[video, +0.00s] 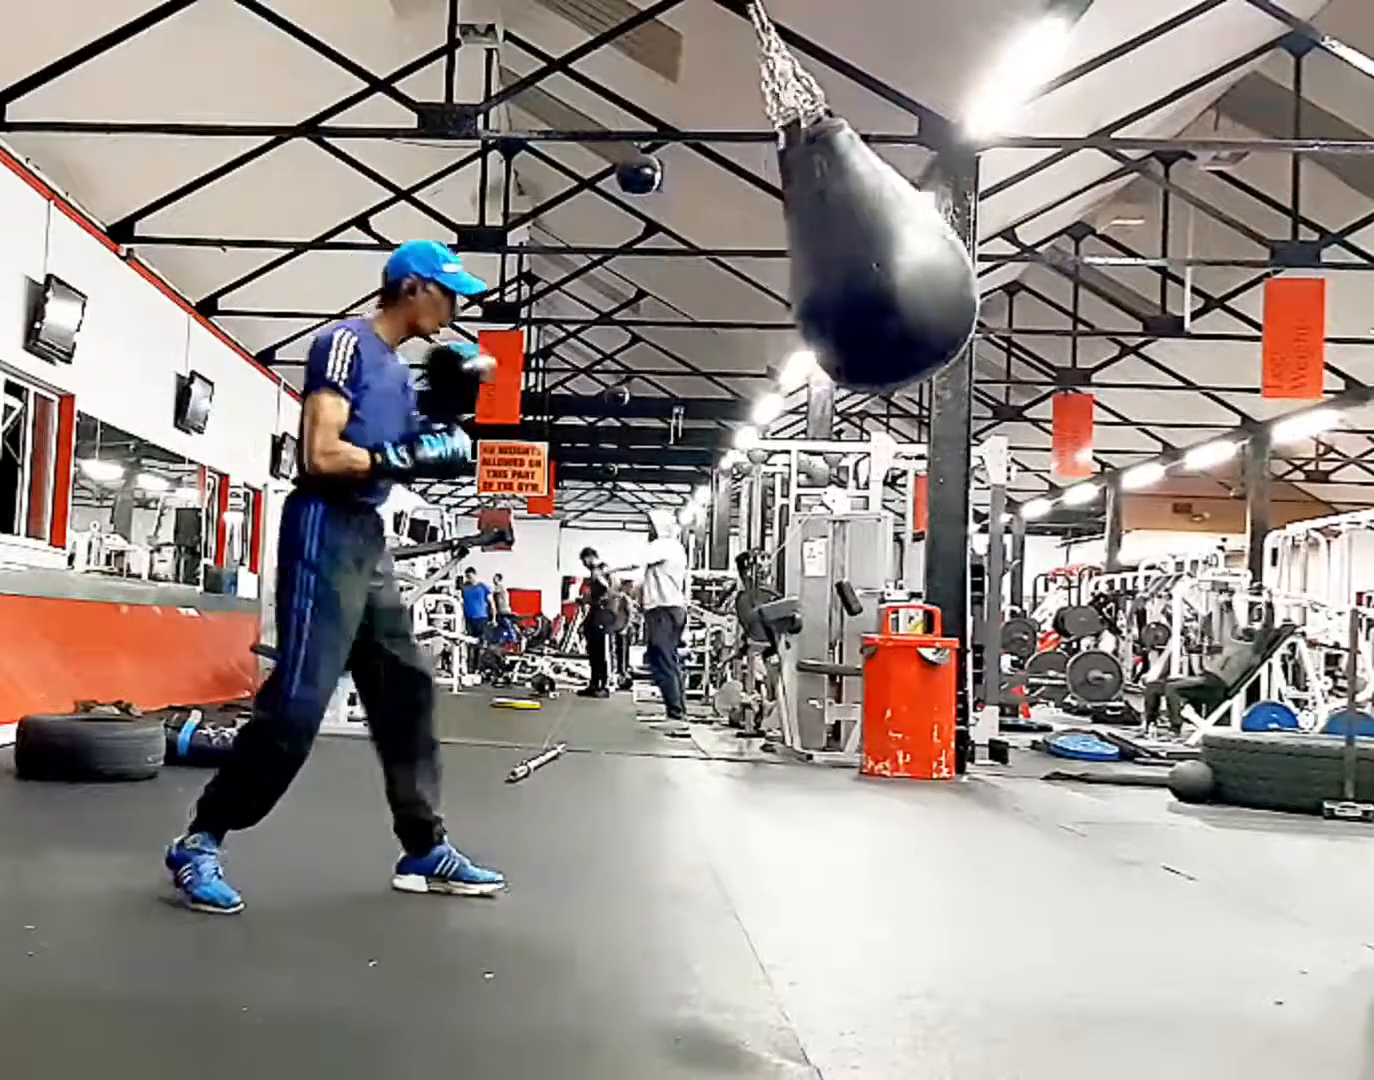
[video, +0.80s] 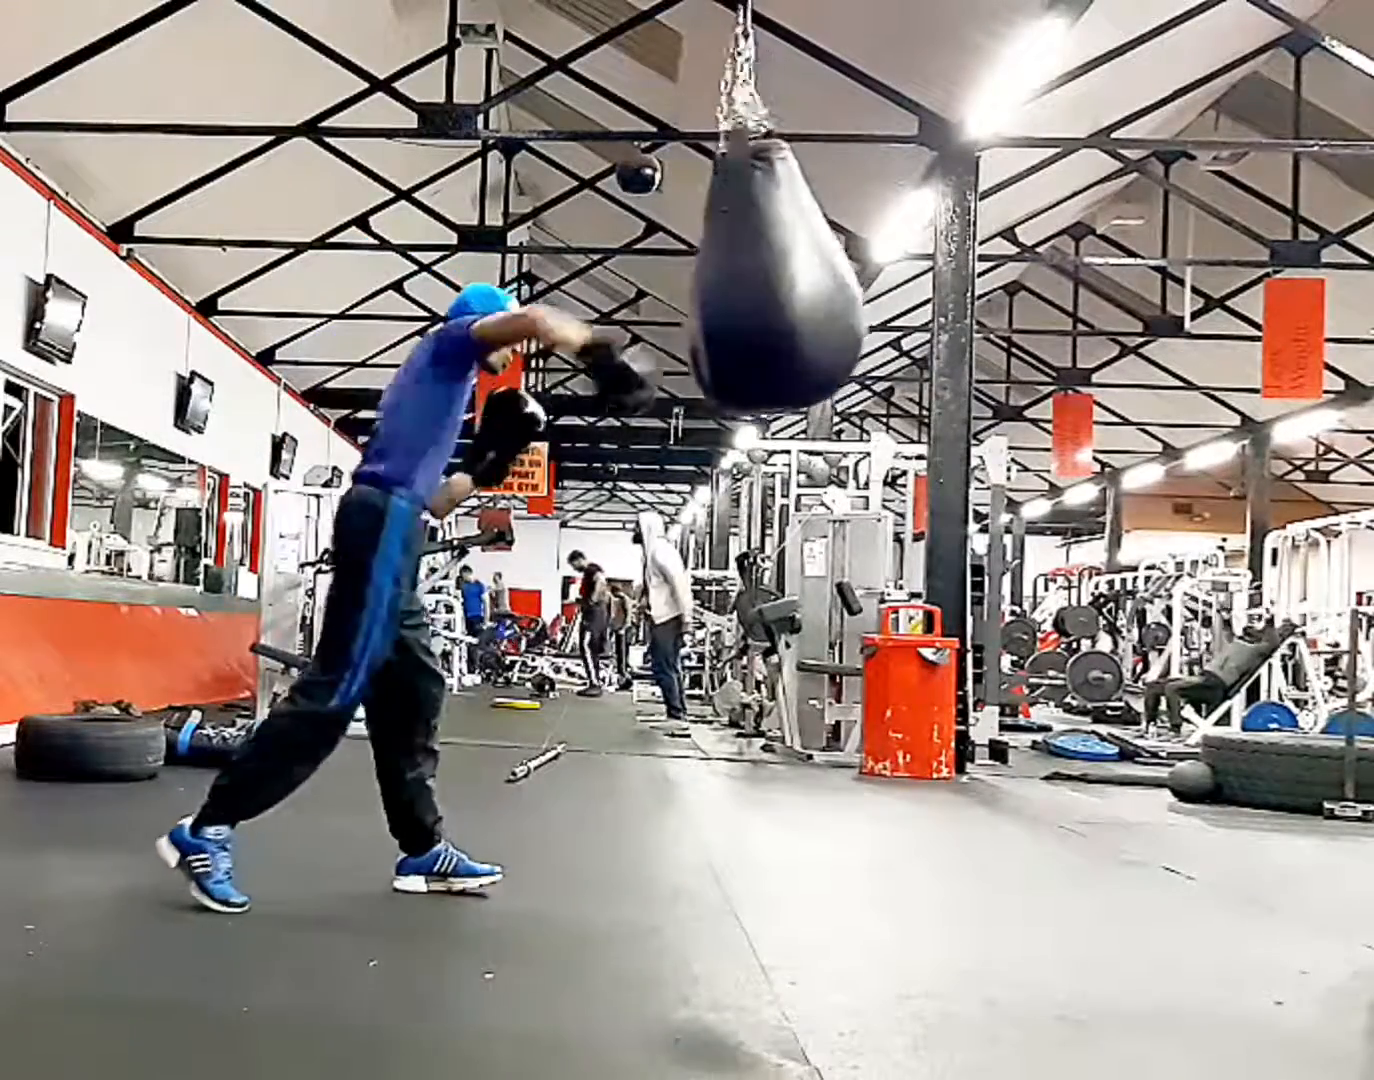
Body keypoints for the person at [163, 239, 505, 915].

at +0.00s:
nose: (454, 311)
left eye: (456, 300)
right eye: (449, 297)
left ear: (419, 292)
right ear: (414, 288)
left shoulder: (394, 366)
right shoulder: (344, 342)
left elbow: (400, 447)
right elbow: (321, 454)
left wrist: (446, 405)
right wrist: (405, 458)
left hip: (365, 533)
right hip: (323, 528)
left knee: (405, 689)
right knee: (296, 703)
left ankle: (424, 849)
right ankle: (198, 844)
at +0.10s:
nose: (475, 321)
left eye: (478, 311)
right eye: (468, 306)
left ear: (446, 306)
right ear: (433, 296)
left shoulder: (433, 387)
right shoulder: (369, 344)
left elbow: (464, 459)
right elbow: (332, 439)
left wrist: (529, 420)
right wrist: (407, 443)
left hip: (387, 544)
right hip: (344, 533)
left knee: (430, 690)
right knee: (309, 706)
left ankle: (425, 850)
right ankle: (202, 838)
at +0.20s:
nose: (504, 326)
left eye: (507, 317)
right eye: (497, 312)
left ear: (470, 311)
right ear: (461, 305)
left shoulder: (444, 370)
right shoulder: (423, 346)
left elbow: (432, 477)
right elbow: (397, 388)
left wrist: (499, 454)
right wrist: (472, 373)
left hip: (398, 531)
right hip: (379, 526)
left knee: (425, 688)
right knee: (332, 694)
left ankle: (425, 848)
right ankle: (207, 832)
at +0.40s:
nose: (522, 318)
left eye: (523, 308)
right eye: (515, 304)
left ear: (483, 304)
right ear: (484, 299)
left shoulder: (464, 354)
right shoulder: (455, 336)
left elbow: (471, 440)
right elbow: (538, 377)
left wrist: (525, 394)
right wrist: (599, 368)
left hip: (436, 533)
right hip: (406, 526)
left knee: (458, 695)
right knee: (353, 684)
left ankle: (427, 851)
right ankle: (227, 821)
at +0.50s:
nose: (523, 317)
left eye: (524, 307)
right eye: (517, 304)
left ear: (495, 304)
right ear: (486, 297)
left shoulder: (499, 371)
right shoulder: (430, 345)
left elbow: (569, 402)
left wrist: (626, 373)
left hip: (447, 532)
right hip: (410, 522)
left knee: (471, 693)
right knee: (392, 692)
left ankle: (432, 851)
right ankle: (255, 818)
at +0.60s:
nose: (524, 335)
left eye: (528, 325)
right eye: (521, 320)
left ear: (492, 312)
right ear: (489, 306)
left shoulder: (477, 381)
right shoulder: (440, 342)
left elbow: (522, 443)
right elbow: (382, 369)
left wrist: (571, 415)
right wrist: (465, 360)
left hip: (442, 535)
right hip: (417, 528)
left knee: (464, 694)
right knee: (375, 697)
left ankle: (431, 851)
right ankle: (240, 821)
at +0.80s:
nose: (512, 349)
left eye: (514, 336)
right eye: (507, 333)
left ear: (471, 321)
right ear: (480, 323)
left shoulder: (445, 395)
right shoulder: (447, 346)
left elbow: (435, 502)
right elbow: (535, 320)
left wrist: (488, 464)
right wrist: (596, 345)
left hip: (399, 527)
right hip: (381, 517)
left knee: (411, 690)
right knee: (336, 689)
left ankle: (422, 850)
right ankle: (207, 828)